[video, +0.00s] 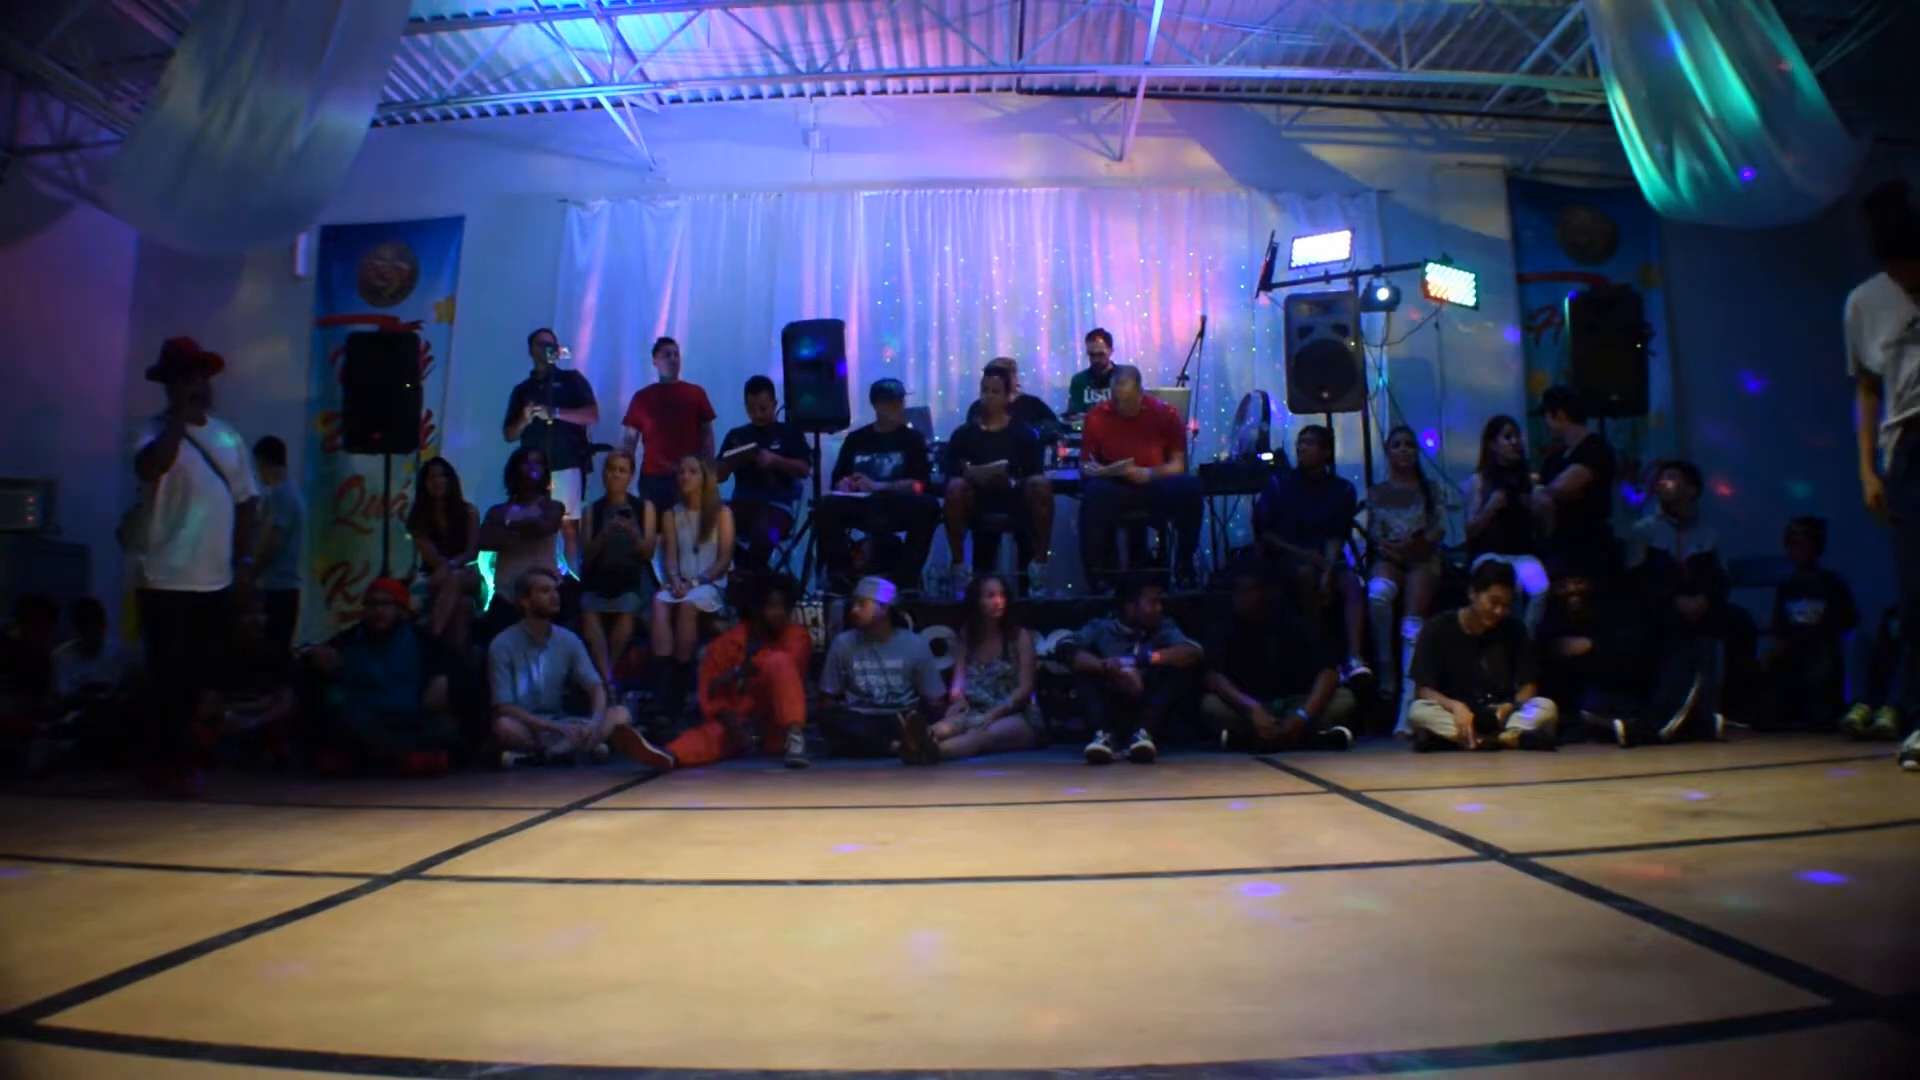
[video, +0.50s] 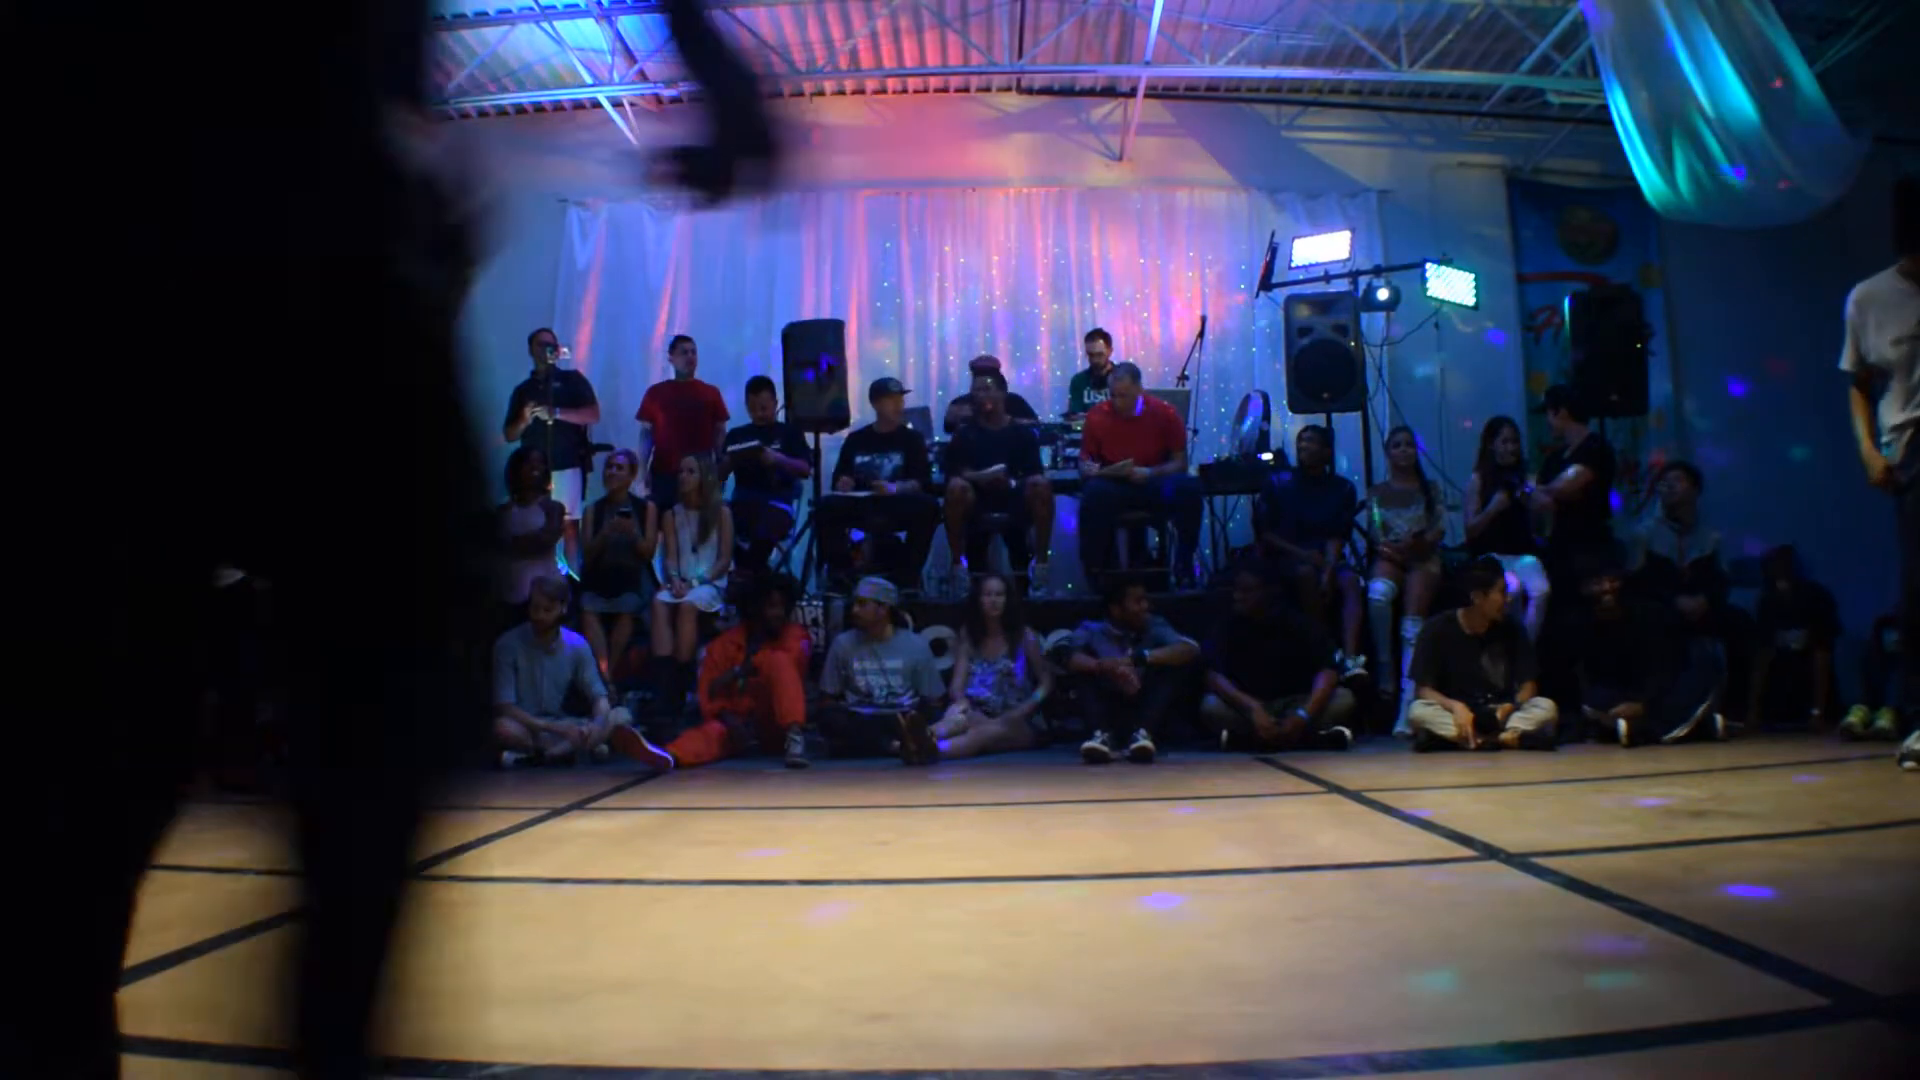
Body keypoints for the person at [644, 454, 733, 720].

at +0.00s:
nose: (685, 478)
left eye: (692, 472)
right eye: (682, 473)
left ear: (705, 478)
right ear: (678, 478)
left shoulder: (721, 514)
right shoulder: (671, 515)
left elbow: (724, 560)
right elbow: (670, 556)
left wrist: (698, 581)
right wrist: (674, 581)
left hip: (710, 581)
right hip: (679, 581)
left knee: (688, 606)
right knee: (660, 602)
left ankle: (682, 677)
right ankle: (662, 676)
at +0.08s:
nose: (683, 478)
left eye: (690, 472)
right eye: (681, 473)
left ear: (704, 478)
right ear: (678, 478)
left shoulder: (721, 514)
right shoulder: (671, 515)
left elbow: (724, 561)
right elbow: (670, 556)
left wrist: (698, 582)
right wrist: (675, 581)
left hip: (709, 581)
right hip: (679, 581)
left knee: (688, 606)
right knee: (660, 602)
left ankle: (682, 677)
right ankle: (661, 675)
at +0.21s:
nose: (683, 478)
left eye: (690, 472)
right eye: (681, 472)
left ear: (704, 478)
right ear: (678, 478)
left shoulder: (721, 514)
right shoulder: (672, 515)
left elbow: (724, 561)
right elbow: (670, 555)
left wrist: (698, 582)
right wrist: (674, 580)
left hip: (709, 581)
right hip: (679, 581)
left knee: (688, 606)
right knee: (659, 603)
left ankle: (682, 680)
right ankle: (662, 678)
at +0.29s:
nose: (683, 477)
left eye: (689, 472)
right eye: (681, 472)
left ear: (704, 478)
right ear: (678, 477)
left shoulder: (721, 514)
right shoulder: (671, 516)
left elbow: (724, 560)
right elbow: (670, 556)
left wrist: (698, 581)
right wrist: (674, 580)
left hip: (709, 581)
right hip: (678, 581)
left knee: (688, 606)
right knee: (659, 603)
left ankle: (681, 678)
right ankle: (662, 676)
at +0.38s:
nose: (682, 478)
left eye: (689, 472)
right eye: (681, 472)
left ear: (703, 478)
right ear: (678, 477)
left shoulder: (720, 513)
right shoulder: (671, 516)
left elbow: (724, 561)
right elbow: (670, 556)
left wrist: (698, 582)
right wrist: (673, 579)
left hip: (709, 581)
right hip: (678, 581)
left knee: (688, 606)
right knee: (660, 603)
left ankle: (681, 677)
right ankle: (662, 675)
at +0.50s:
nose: (683, 477)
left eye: (690, 472)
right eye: (681, 472)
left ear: (704, 477)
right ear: (678, 477)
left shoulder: (721, 514)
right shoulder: (672, 516)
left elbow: (724, 560)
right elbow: (670, 557)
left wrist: (699, 582)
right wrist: (674, 579)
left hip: (710, 580)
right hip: (679, 580)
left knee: (688, 606)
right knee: (660, 602)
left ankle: (681, 678)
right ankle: (662, 675)